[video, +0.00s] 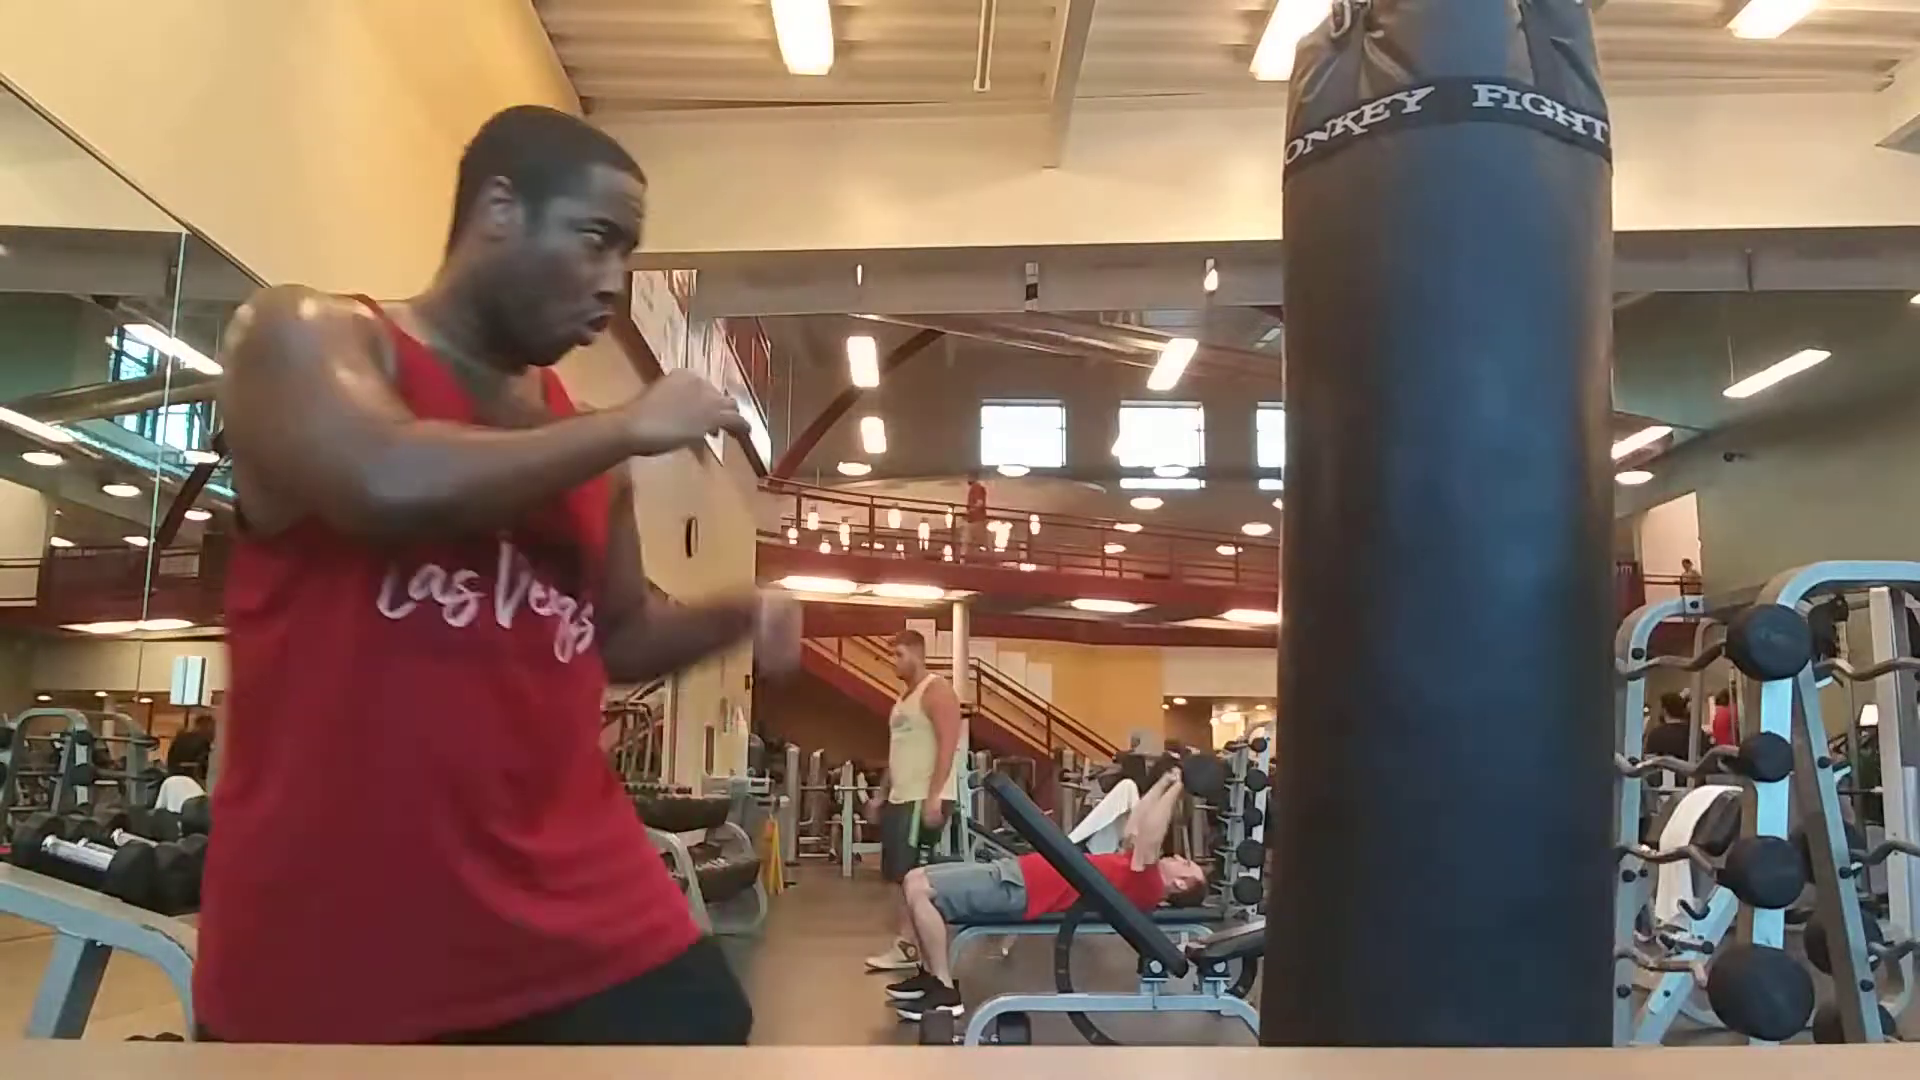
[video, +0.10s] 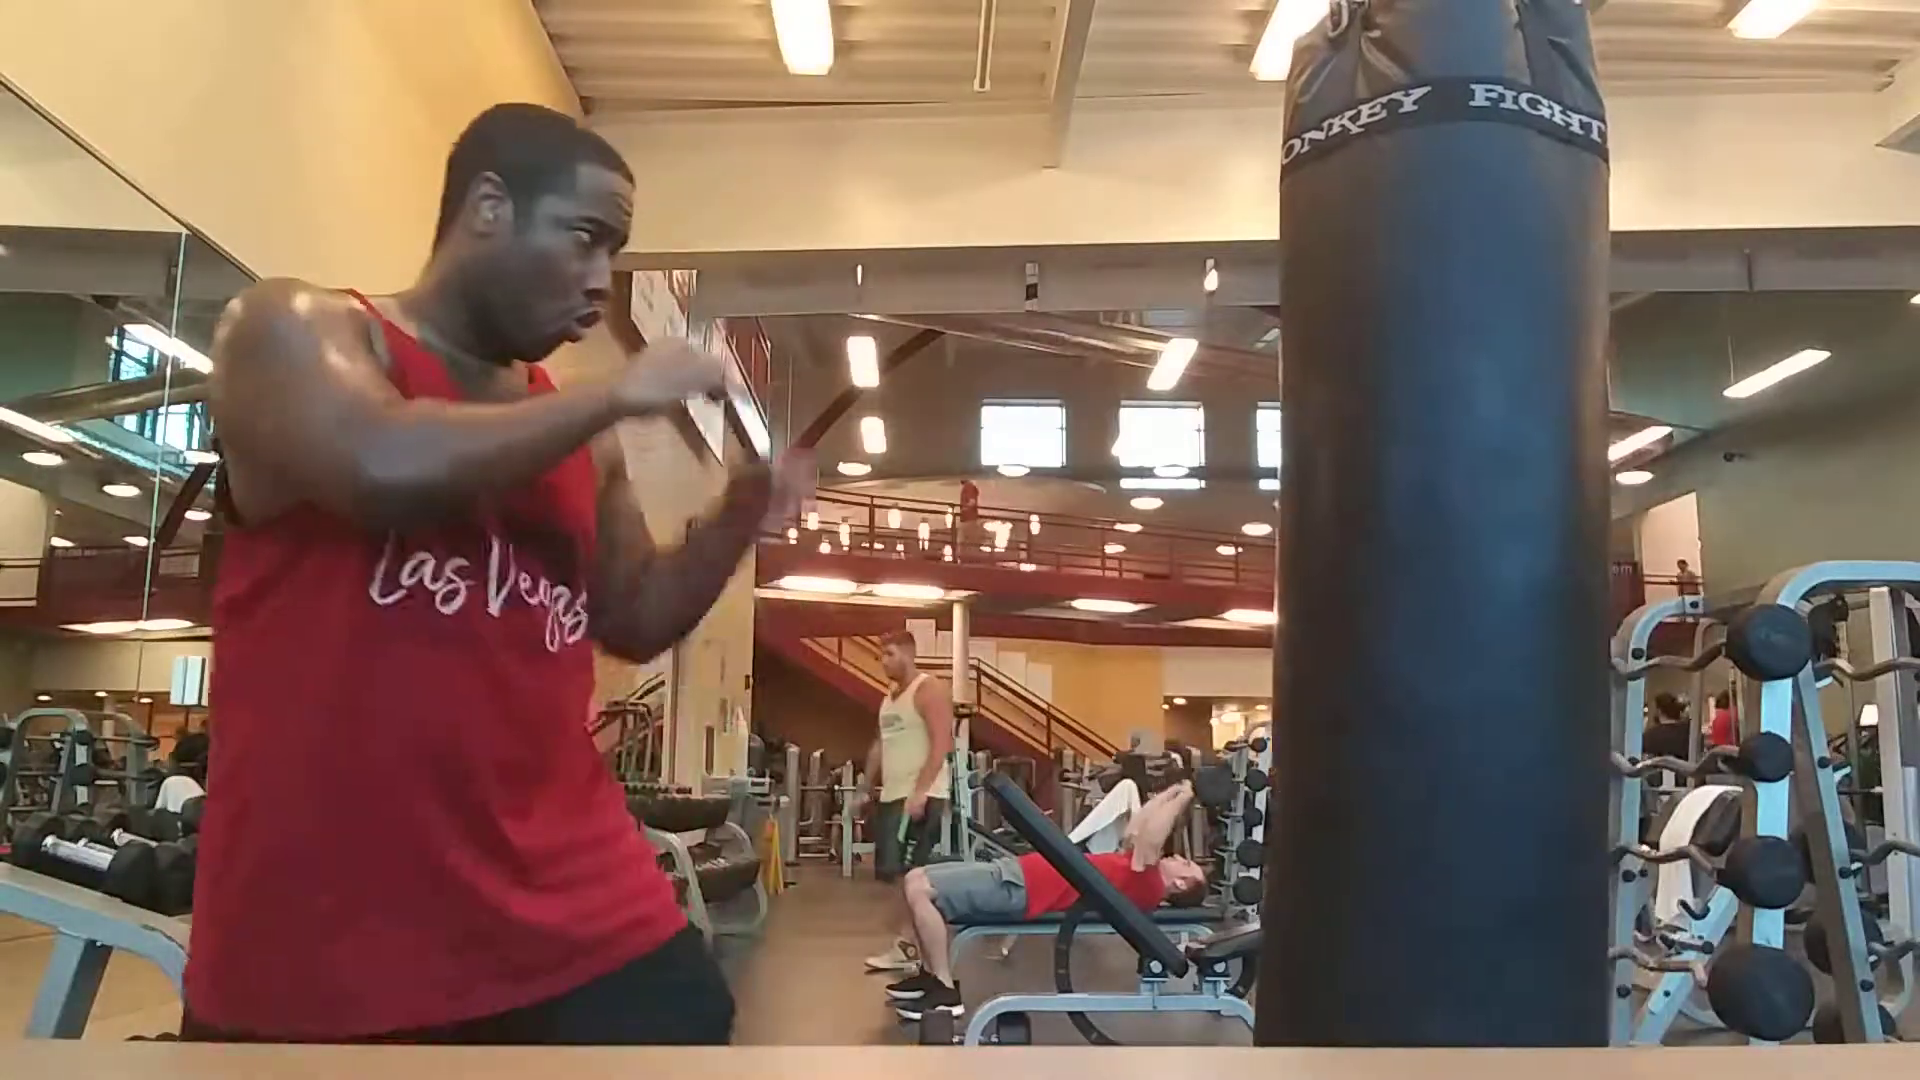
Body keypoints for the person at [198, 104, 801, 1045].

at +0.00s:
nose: (619, 285)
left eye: (629, 255)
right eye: (598, 239)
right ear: (496, 212)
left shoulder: (580, 437)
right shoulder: (301, 330)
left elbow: (622, 637)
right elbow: (382, 483)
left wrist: (739, 614)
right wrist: (622, 428)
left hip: (584, 942)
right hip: (336, 970)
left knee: (707, 1042)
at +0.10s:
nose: (606, 285)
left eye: (614, 252)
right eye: (586, 238)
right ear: (485, 210)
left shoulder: (569, 422)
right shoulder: (290, 323)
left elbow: (633, 616)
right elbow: (382, 471)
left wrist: (736, 518)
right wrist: (613, 396)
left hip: (583, 949)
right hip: (327, 975)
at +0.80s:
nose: (842, 345)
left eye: (849, 317)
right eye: (828, 302)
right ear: (739, 276)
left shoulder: (758, 468)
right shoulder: (579, 369)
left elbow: (830, 662)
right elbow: (736, 530)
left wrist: (952, 539)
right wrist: (912, 445)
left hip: (827, 978)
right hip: (635, 999)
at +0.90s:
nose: (858, 350)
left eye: (864, 321)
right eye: (846, 308)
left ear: (764, 291)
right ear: (760, 286)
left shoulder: (768, 476)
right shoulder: (600, 384)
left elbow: (848, 666)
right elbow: (768, 545)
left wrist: (969, 583)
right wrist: (946, 452)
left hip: (840, 916)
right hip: (645, 956)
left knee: (979, 1030)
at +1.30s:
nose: (1091, 420)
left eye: (1097, 390)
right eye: (1079, 379)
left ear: (998, 355)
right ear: (997, 348)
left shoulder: (1008, 504)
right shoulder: (872, 437)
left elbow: (1098, 615)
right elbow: (1020, 598)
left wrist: (1228, 570)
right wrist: (1232, 571)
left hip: (984, 945)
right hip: (834, 951)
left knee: (1124, 1079)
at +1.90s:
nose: (1060, 314)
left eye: (1063, 290)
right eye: (1041, 276)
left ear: (948, 262)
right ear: (941, 255)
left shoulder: (994, 445)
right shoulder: (824, 429)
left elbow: (1112, 596)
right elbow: (1092, 520)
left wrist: (1240, 627)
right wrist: (1174, 367)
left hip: (1165, 747)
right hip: (1067, 926)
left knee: (1448, 742)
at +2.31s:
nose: (1216, 309)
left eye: (1215, 281)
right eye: (1199, 272)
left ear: (1115, 265)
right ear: (1108, 257)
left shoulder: (1137, 456)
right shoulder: (1007, 404)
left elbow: (1240, 621)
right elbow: (1139, 591)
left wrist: (1318, 479)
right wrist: (1321, 488)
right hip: (1084, 963)